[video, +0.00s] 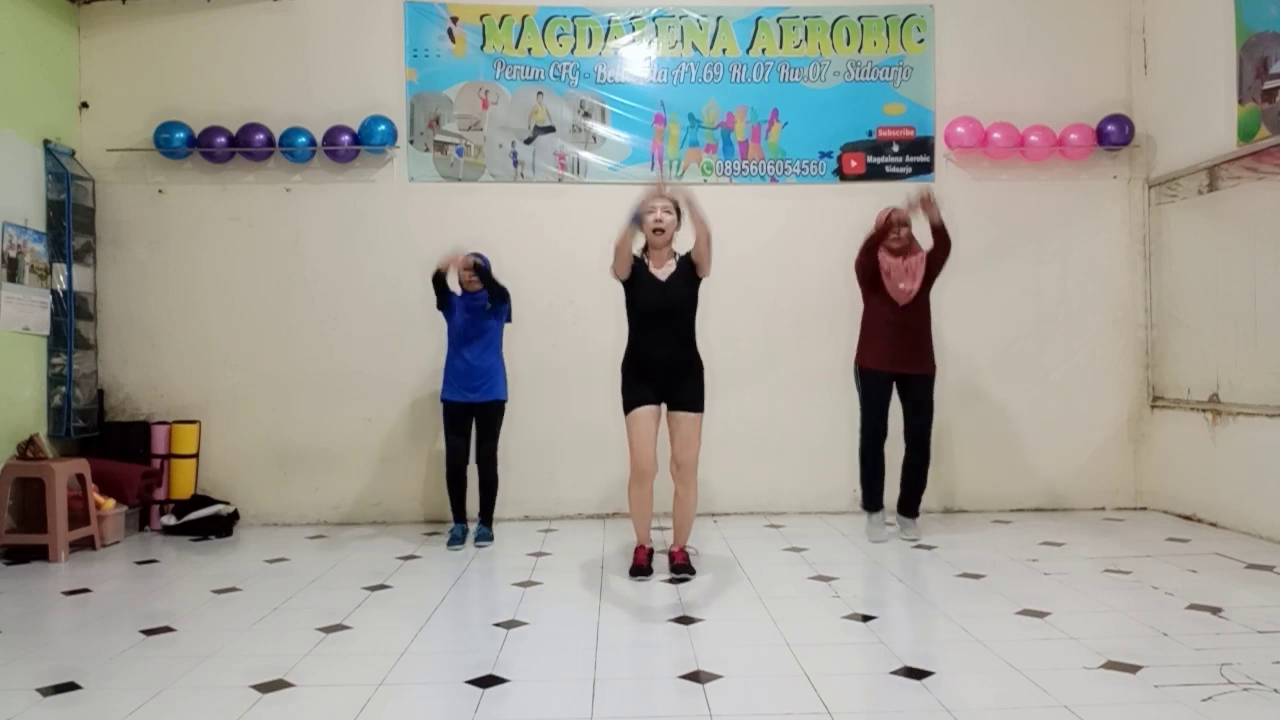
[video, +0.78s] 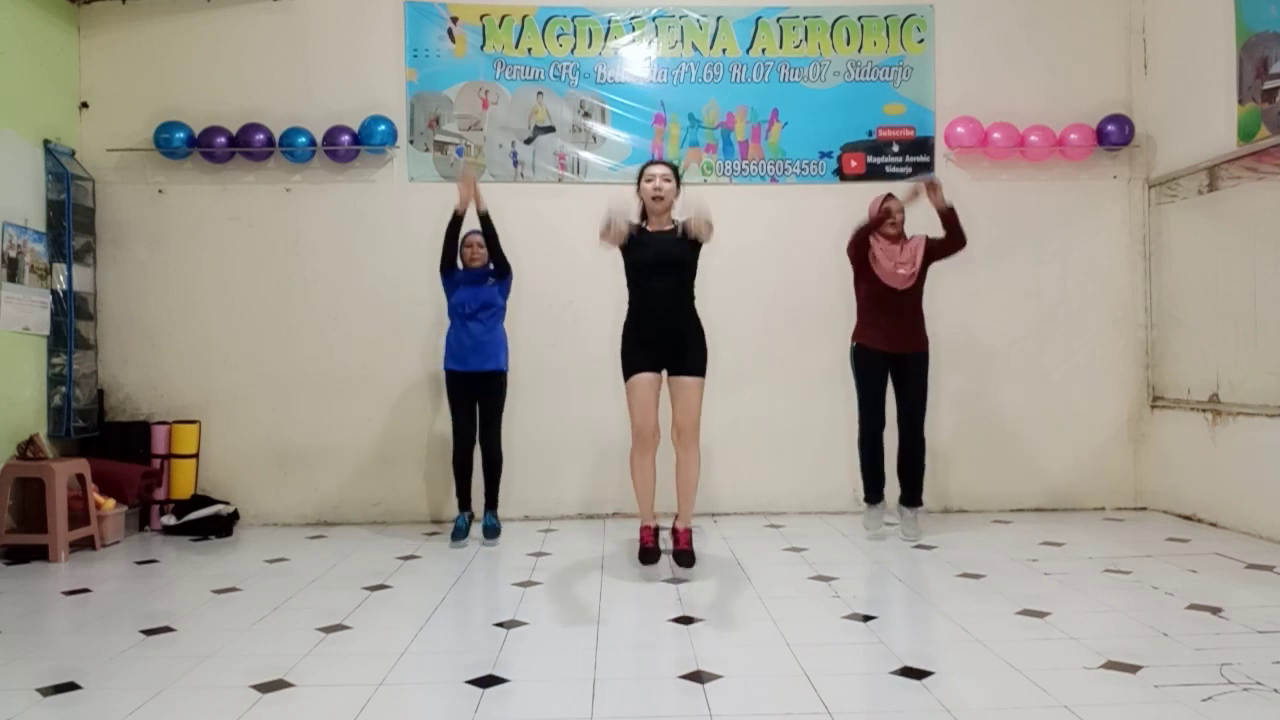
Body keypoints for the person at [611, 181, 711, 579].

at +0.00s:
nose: (658, 217)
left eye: (667, 212)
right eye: (651, 212)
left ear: (677, 224)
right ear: (640, 225)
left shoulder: (692, 266)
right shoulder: (629, 268)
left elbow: (704, 235)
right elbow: (621, 252)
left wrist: (684, 198)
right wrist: (637, 214)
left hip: (685, 372)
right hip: (640, 372)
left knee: (684, 465)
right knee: (642, 466)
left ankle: (679, 549)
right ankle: (642, 546)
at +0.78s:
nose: (657, 185)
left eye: (665, 180)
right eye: (650, 180)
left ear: (676, 191)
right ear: (639, 191)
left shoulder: (689, 231)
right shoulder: (631, 232)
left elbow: (701, 229)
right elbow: (615, 233)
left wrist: (699, 225)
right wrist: (613, 227)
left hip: (686, 339)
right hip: (641, 339)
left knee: (686, 435)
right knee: (644, 436)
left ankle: (683, 528)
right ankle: (648, 527)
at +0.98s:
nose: (657, 221)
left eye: (665, 216)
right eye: (649, 216)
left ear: (676, 228)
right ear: (638, 229)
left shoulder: (695, 277)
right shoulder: (626, 281)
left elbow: (703, 331)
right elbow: (619, 337)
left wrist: (695, 378)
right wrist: (622, 388)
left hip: (687, 381)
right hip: (641, 383)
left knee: (686, 472)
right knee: (645, 473)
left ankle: (679, 551)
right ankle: (645, 552)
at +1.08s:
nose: (658, 219)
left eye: (666, 214)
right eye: (650, 214)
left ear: (677, 225)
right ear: (639, 227)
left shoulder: (697, 276)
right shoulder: (626, 280)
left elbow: (709, 333)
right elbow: (618, 339)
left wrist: (698, 383)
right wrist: (617, 390)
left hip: (687, 384)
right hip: (641, 384)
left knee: (684, 473)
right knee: (646, 474)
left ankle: (679, 552)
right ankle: (646, 552)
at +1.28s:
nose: (658, 214)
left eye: (666, 208)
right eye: (650, 209)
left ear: (678, 221)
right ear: (640, 222)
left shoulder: (698, 270)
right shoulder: (628, 273)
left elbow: (716, 328)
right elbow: (616, 331)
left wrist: (703, 376)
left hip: (688, 375)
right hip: (643, 374)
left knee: (685, 469)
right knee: (646, 470)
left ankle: (679, 551)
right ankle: (645, 551)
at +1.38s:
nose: (658, 214)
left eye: (667, 210)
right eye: (650, 211)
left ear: (679, 225)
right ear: (640, 226)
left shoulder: (699, 271)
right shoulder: (630, 272)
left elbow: (718, 330)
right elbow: (608, 316)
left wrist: (700, 379)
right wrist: (620, 264)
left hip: (688, 374)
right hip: (644, 372)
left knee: (687, 466)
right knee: (643, 452)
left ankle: (680, 549)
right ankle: (646, 532)